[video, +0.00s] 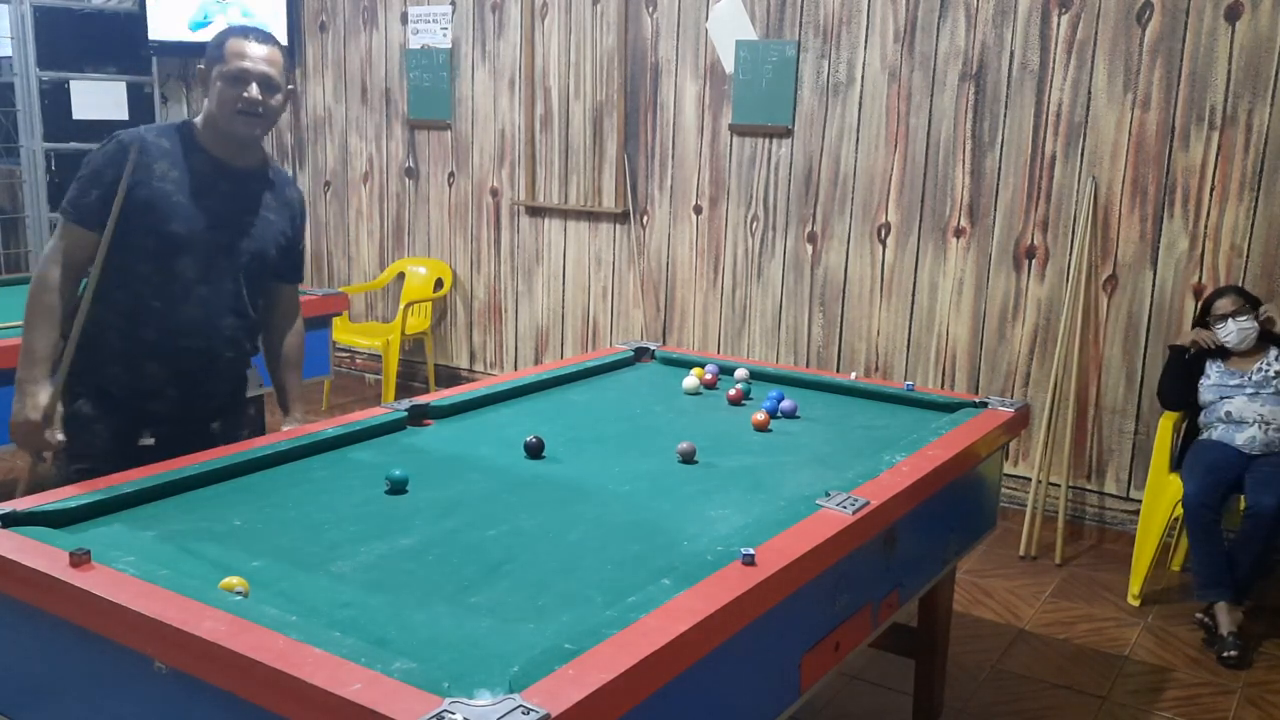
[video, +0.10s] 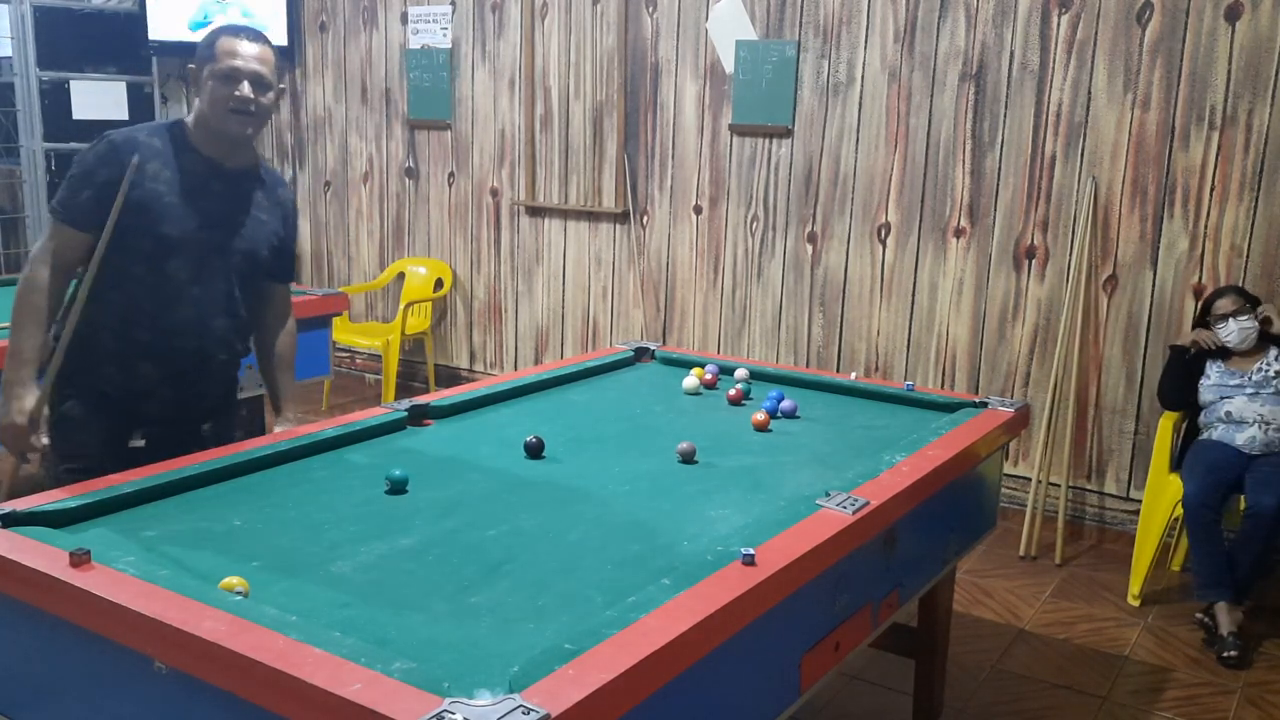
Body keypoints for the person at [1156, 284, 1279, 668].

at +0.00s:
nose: (1233, 324)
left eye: (1240, 315)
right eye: (1221, 319)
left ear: (1257, 317)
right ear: (1208, 326)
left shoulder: (1275, 354)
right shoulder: (1204, 360)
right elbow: (1171, 400)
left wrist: (1277, 333)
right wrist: (1185, 348)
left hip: (1271, 449)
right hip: (1218, 443)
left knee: (1268, 512)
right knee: (1197, 499)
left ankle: (1221, 604)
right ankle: (1224, 612)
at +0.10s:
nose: (1233, 324)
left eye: (1240, 315)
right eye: (1222, 318)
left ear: (1257, 317)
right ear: (1208, 326)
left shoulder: (1275, 353)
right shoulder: (1204, 360)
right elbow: (1171, 400)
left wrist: (1276, 334)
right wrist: (1186, 348)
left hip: (1271, 449)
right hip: (1218, 443)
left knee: (1268, 512)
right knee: (1197, 499)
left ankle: (1222, 604)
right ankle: (1225, 612)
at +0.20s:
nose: (1234, 324)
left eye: (1241, 314)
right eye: (1222, 319)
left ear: (1257, 317)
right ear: (1209, 327)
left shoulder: (1274, 354)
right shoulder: (1205, 360)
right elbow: (1171, 400)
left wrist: (1275, 330)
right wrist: (1187, 348)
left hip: (1268, 447)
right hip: (1218, 442)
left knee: (1265, 513)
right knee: (1198, 498)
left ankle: (1222, 602)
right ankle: (1224, 610)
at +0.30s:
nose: (1232, 324)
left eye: (1240, 315)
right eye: (1221, 319)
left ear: (1257, 317)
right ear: (1207, 327)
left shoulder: (1274, 357)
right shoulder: (1203, 365)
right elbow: (1173, 391)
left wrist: (1272, 325)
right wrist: (1187, 347)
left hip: (1269, 459)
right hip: (1221, 458)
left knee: (1251, 522)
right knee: (1215, 526)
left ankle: (1222, 606)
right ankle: (1227, 621)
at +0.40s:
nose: (1234, 324)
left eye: (1240, 315)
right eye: (1222, 319)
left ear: (1257, 317)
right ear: (1208, 327)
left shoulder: (1275, 353)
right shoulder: (1204, 361)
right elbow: (1171, 401)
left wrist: (1278, 327)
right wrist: (1185, 349)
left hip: (1272, 447)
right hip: (1219, 442)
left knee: (1259, 508)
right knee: (1203, 498)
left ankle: (1222, 603)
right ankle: (1225, 613)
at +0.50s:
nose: (1233, 324)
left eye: (1240, 315)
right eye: (1222, 320)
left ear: (1256, 317)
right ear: (1208, 328)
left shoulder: (1275, 353)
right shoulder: (1205, 362)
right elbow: (1171, 400)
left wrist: (1278, 327)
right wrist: (1185, 349)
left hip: (1272, 447)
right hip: (1219, 443)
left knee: (1257, 508)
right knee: (1203, 504)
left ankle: (1220, 604)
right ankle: (1225, 614)